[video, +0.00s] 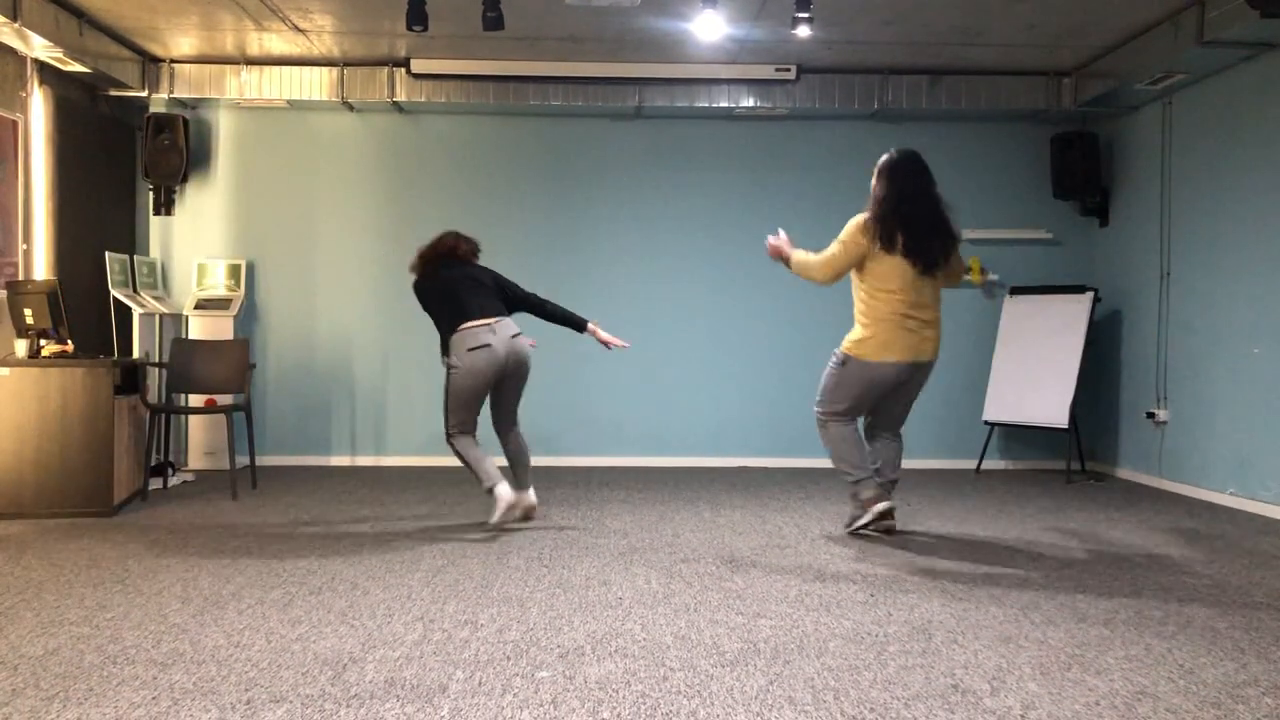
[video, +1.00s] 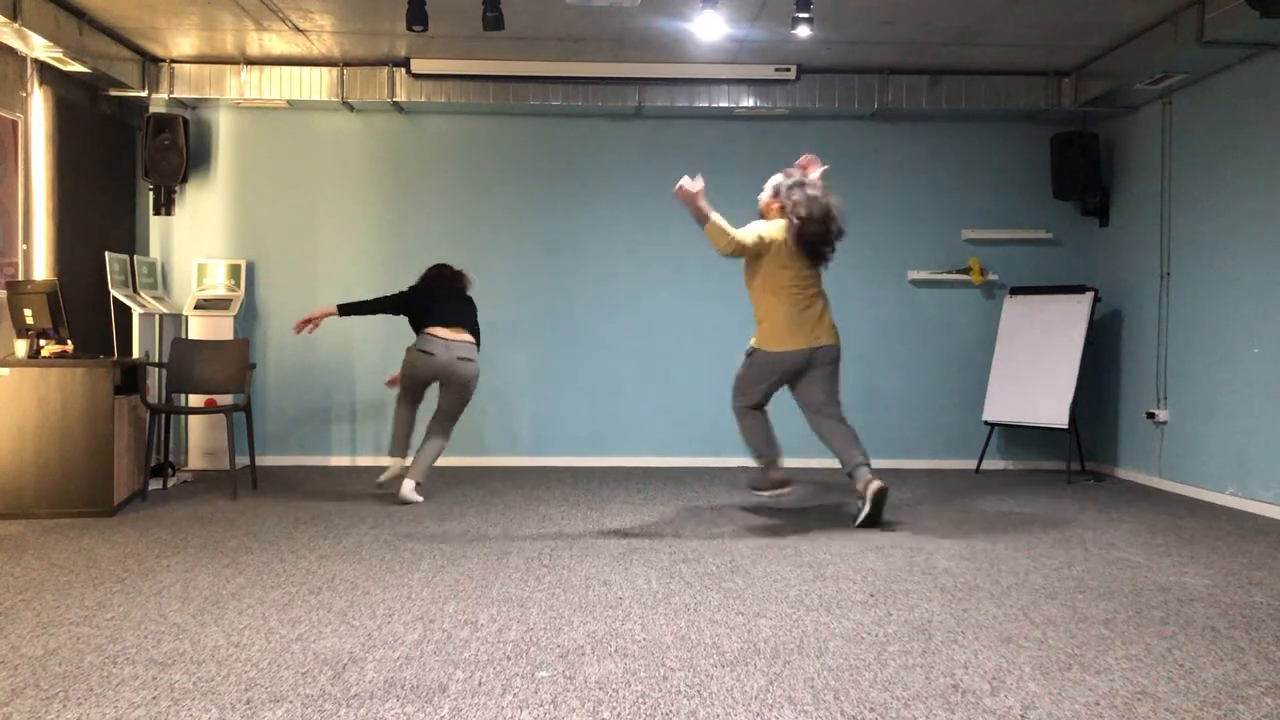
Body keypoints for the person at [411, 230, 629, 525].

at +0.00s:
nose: (476, 259)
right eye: (474, 254)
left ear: (431, 257)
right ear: (468, 254)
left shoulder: (423, 284)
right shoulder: (484, 274)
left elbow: (459, 316)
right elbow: (531, 302)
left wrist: (507, 337)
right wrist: (590, 328)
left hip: (472, 352)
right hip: (513, 343)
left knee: (460, 433)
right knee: (507, 423)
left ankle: (500, 490)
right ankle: (526, 493)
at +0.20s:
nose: (511, 295)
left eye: (510, 291)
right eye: (509, 291)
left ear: (469, 286)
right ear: (502, 289)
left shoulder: (458, 316)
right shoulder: (507, 307)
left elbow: (487, 355)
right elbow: (553, 333)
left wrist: (536, 381)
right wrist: (610, 354)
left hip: (482, 374)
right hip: (526, 362)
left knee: (484, 439)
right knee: (513, 435)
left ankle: (522, 485)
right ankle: (530, 497)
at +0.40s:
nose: (520, 309)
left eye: (519, 305)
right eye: (518, 304)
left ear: (480, 297)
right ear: (511, 301)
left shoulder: (460, 317)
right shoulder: (509, 314)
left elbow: (483, 374)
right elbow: (546, 358)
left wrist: (517, 418)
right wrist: (585, 398)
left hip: (457, 362)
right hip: (504, 355)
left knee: (453, 416)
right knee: (518, 432)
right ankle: (529, 503)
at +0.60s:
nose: (506, 294)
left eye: (506, 290)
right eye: (505, 289)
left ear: (471, 275)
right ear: (499, 285)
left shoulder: (452, 290)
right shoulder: (499, 305)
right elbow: (517, 357)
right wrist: (538, 400)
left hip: (421, 337)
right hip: (464, 343)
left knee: (421, 410)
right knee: (475, 413)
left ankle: (420, 481)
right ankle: (487, 466)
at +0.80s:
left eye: (439, 271)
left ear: (443, 273)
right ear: (475, 283)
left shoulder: (434, 285)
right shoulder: (482, 312)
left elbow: (397, 305)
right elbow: (471, 355)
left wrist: (353, 323)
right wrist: (460, 388)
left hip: (409, 343)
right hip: (448, 356)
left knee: (394, 418)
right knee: (428, 425)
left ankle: (377, 487)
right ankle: (411, 478)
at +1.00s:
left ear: (427, 279)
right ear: (459, 284)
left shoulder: (418, 294)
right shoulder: (466, 302)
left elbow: (376, 305)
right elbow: (466, 346)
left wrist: (328, 312)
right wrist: (410, 374)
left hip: (427, 351)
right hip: (466, 360)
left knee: (408, 400)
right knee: (441, 428)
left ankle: (396, 461)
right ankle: (410, 484)